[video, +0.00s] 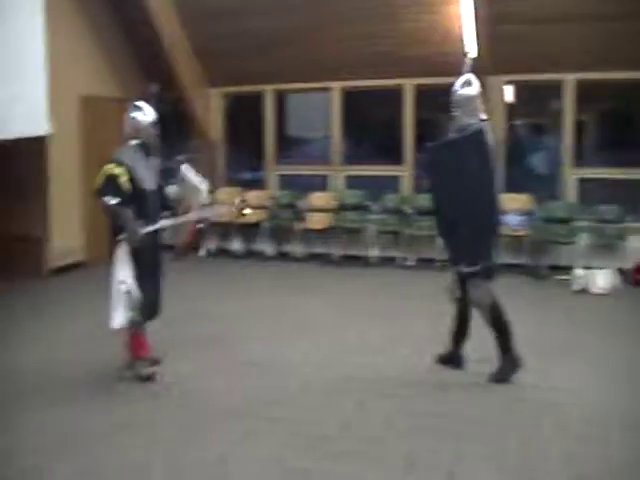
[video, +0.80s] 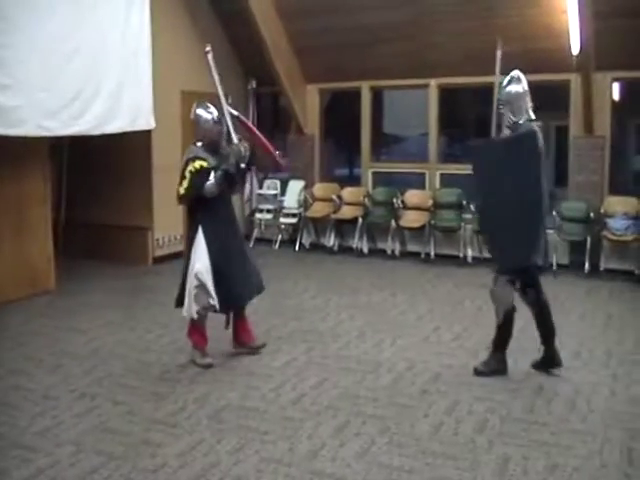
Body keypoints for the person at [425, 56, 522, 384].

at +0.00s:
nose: (466, 109)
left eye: (466, 102)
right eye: (465, 103)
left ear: (461, 107)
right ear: (468, 106)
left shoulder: (470, 140)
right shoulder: (465, 138)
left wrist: (452, 233)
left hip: (472, 229)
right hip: (467, 227)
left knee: (479, 290)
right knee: (463, 290)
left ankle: (508, 355)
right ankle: (455, 349)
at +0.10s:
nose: (507, 104)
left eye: (511, 98)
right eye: (506, 98)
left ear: (517, 101)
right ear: (507, 101)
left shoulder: (520, 134)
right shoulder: (506, 132)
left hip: (522, 224)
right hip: (507, 223)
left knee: (517, 290)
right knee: (511, 289)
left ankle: (553, 349)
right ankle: (506, 350)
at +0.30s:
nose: (552, 105)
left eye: (557, 99)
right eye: (549, 99)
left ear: (564, 102)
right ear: (544, 103)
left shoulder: (569, 135)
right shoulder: (547, 135)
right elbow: (535, 184)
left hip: (565, 226)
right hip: (548, 225)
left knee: (545, 287)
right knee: (556, 287)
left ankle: (570, 352)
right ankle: (562, 349)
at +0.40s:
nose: (543, 106)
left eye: (546, 101)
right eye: (542, 101)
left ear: (545, 105)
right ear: (557, 102)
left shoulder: (557, 136)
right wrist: (523, 226)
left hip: (554, 227)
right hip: (552, 226)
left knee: (532, 283)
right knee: (557, 289)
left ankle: (545, 354)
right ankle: (558, 355)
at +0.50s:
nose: (527, 112)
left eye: (530, 107)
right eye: (528, 106)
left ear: (535, 108)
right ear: (551, 106)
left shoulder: (547, 138)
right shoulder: (555, 137)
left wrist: (509, 145)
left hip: (538, 230)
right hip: (554, 227)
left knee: (524, 290)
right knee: (553, 291)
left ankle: (519, 357)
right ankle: (558, 356)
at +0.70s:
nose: (514, 110)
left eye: (519, 103)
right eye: (514, 103)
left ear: (529, 103)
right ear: (516, 105)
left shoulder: (535, 137)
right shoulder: (530, 135)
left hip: (530, 228)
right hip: (533, 226)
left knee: (509, 290)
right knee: (540, 290)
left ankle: (499, 354)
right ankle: (553, 354)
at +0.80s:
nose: (505, 110)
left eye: (508, 103)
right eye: (505, 103)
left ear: (516, 103)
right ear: (519, 103)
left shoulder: (527, 136)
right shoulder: (520, 134)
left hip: (519, 228)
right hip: (516, 225)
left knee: (502, 290)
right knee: (530, 287)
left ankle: (498, 356)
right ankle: (551, 351)